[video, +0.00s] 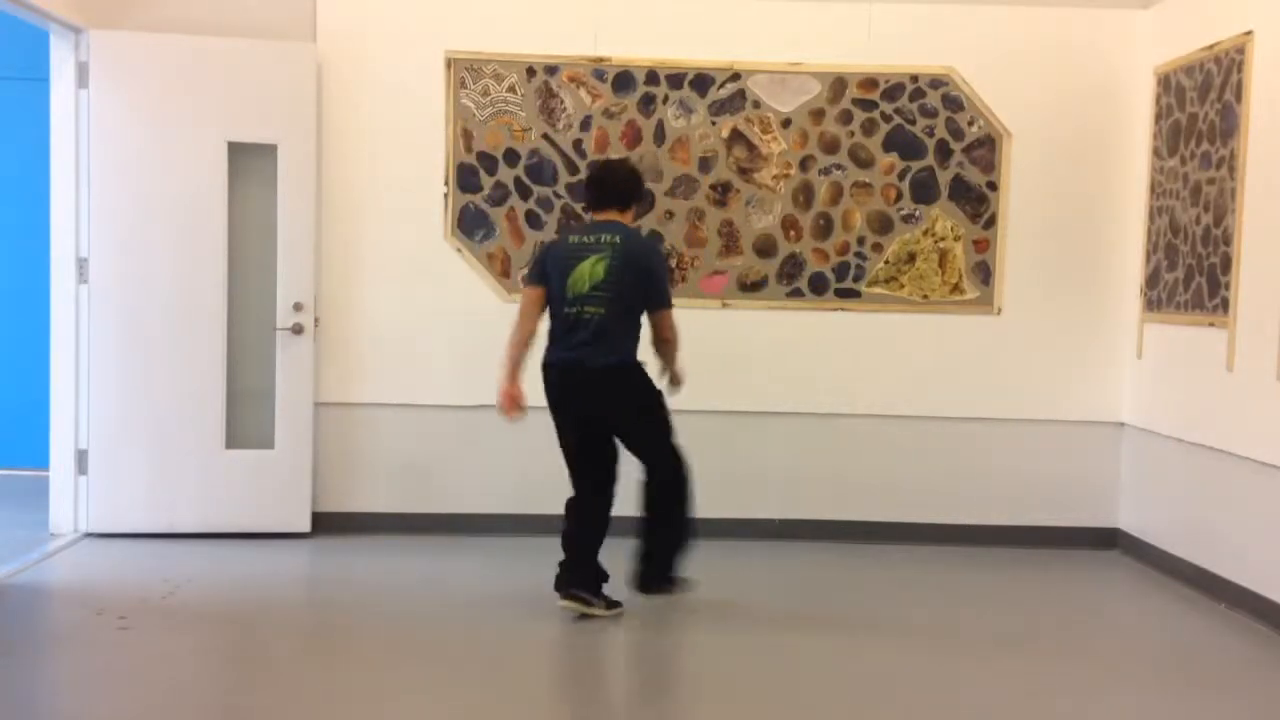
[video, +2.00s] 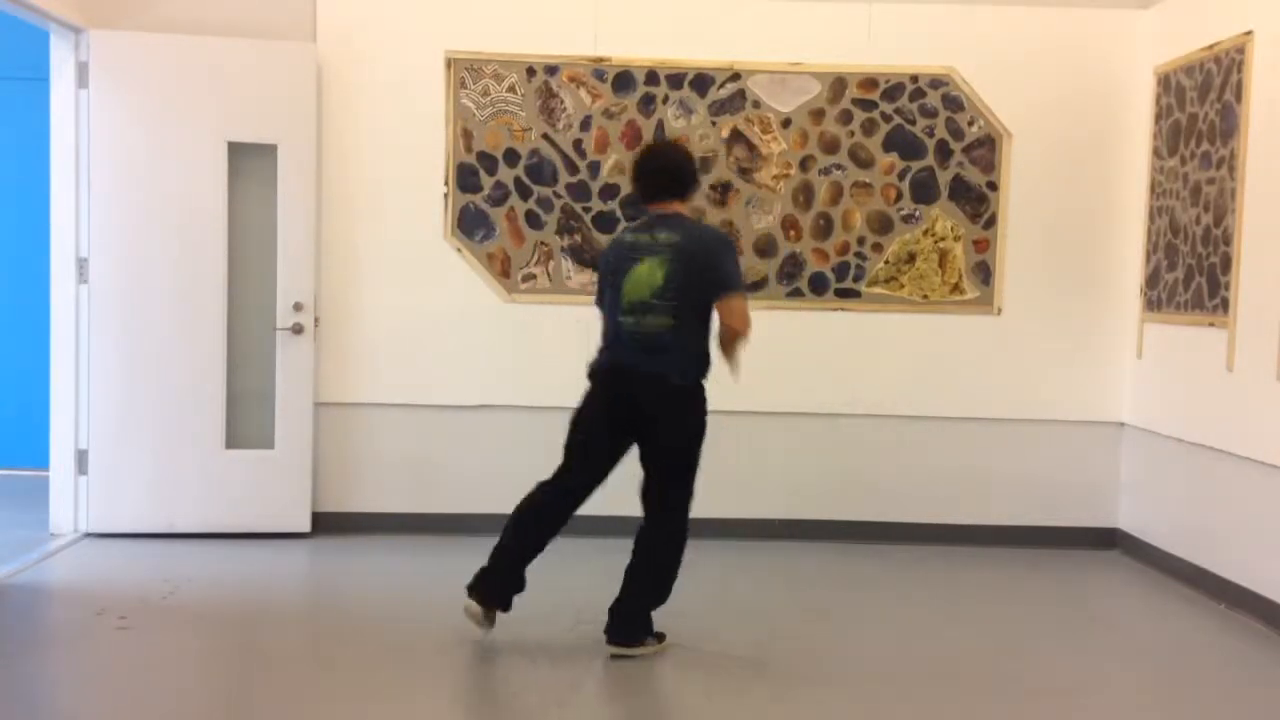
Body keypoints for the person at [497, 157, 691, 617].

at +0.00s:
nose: (638, 211)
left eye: (635, 205)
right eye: (639, 205)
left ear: (589, 201)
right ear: (634, 205)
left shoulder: (556, 248)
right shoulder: (642, 250)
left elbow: (527, 318)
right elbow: (664, 331)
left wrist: (510, 375)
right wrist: (670, 364)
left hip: (563, 381)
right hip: (618, 380)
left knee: (591, 480)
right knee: (666, 466)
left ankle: (578, 579)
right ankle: (656, 571)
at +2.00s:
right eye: (689, 183)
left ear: (639, 190)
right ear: (690, 187)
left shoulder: (620, 246)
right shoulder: (711, 243)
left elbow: (612, 316)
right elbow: (736, 324)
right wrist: (728, 344)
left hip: (613, 390)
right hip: (675, 398)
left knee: (567, 486)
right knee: (666, 514)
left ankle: (491, 587)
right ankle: (629, 627)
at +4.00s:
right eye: (898, 173)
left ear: (832, 182)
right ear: (898, 180)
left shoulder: (802, 256)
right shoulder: (928, 248)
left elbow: (749, 347)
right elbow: (977, 351)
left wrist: (703, 424)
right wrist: (1014, 423)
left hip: (834, 442)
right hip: (909, 438)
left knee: (880, 575)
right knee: (955, 583)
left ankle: (894, 697)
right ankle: (890, 698)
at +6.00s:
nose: (522, 213)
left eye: (523, 203)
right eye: (521, 202)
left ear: (464, 185)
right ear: (506, 194)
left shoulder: (409, 226)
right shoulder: (510, 235)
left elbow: (323, 269)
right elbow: (535, 319)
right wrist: (586, 403)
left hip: (397, 396)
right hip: (469, 398)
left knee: (409, 531)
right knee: (516, 527)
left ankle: (387, 672)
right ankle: (506, 662)